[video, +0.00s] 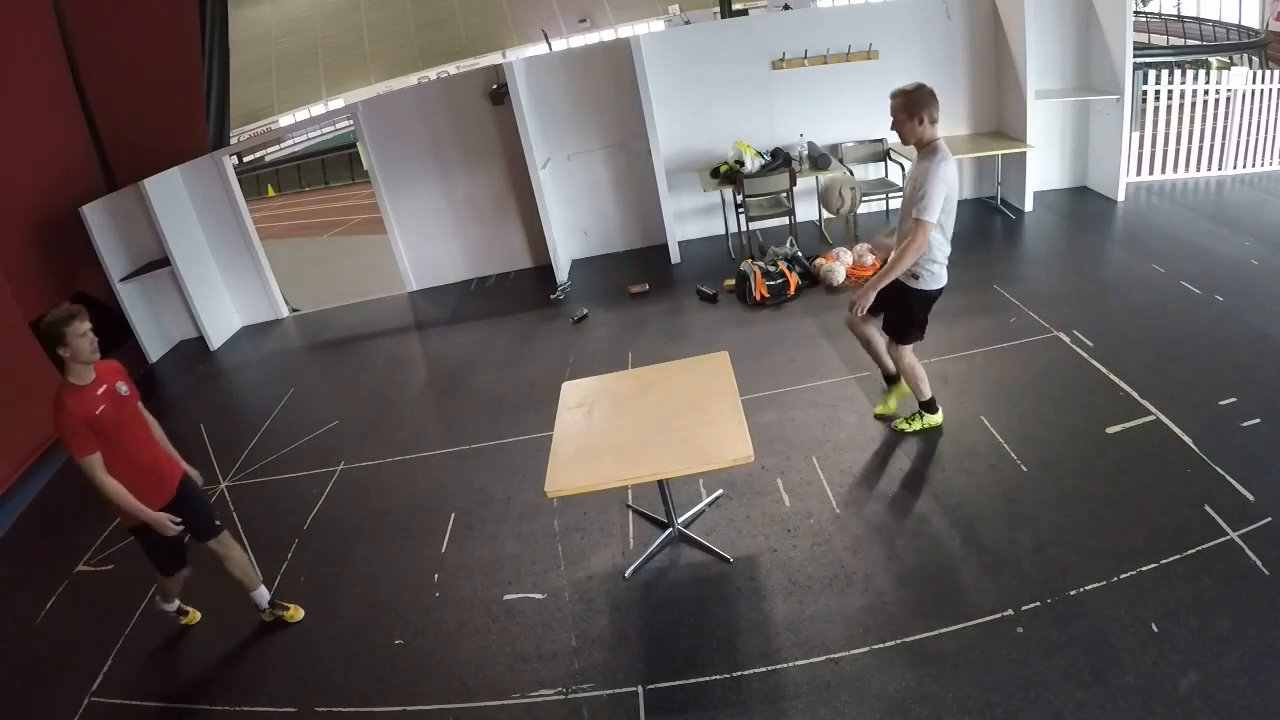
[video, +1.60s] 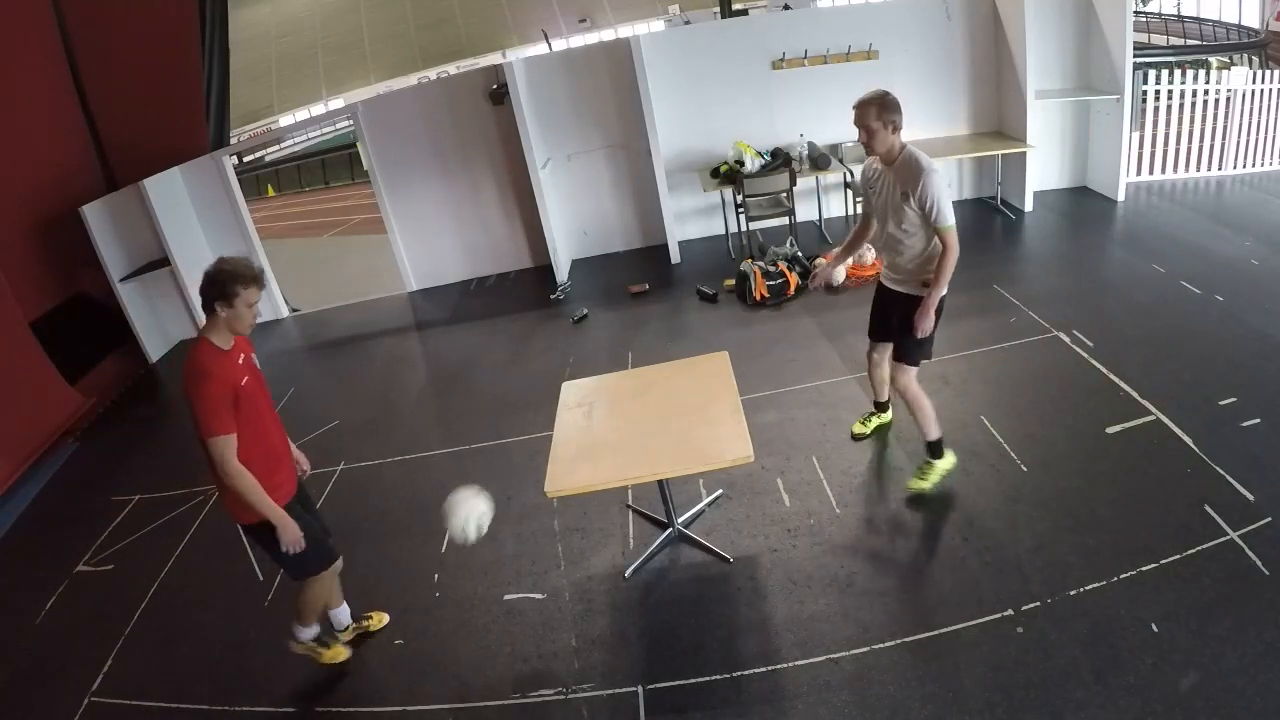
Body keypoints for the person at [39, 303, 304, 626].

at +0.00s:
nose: (94, 338)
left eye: (91, 331)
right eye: (84, 335)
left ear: (88, 335)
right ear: (63, 350)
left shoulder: (112, 370)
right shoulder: (70, 411)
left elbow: (147, 420)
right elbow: (99, 478)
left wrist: (182, 464)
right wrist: (149, 516)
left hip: (175, 480)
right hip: (145, 509)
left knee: (222, 539)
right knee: (175, 570)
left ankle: (267, 604)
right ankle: (168, 604)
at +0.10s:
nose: (106, 331)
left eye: (104, 324)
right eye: (96, 328)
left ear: (106, 326)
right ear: (75, 343)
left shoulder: (125, 364)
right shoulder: (80, 403)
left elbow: (160, 412)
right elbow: (110, 473)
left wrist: (199, 459)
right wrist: (158, 517)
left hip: (188, 475)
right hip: (160, 504)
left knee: (230, 541)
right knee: (207, 568)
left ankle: (266, 604)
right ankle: (190, 601)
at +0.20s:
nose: (117, 326)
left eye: (114, 319)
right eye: (106, 323)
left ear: (116, 322)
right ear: (85, 338)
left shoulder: (135, 359)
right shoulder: (88, 402)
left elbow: (175, 408)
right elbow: (119, 475)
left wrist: (217, 450)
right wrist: (167, 519)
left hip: (200, 474)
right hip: (172, 502)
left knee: (239, 541)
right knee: (226, 564)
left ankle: (267, 606)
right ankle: (235, 617)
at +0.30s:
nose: (128, 324)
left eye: (125, 316)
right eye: (117, 321)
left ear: (127, 316)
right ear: (96, 337)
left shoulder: (148, 356)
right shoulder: (102, 401)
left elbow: (191, 406)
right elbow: (127, 477)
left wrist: (236, 446)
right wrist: (176, 523)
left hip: (212, 476)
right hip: (186, 503)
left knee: (249, 548)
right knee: (243, 567)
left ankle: (268, 608)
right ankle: (285, 633)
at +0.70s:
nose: (179, 320)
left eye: (175, 312)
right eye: (169, 317)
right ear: (145, 333)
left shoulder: (187, 354)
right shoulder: (154, 402)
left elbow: (226, 410)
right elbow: (185, 484)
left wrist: (273, 455)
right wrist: (229, 539)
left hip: (260, 478)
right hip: (240, 508)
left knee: (304, 537)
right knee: (295, 572)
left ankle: (296, 598)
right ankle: (343, 642)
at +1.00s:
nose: (206, 308)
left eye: (202, 300)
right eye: (196, 304)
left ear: (176, 318)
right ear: (170, 321)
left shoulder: (203, 347)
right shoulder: (176, 385)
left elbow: (244, 412)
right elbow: (214, 475)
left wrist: (284, 452)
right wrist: (283, 513)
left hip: (276, 477)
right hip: (254, 507)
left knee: (312, 541)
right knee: (305, 574)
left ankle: (335, 606)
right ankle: (342, 642)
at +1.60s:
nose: (257, 313)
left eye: (257, 304)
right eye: (251, 306)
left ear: (227, 308)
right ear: (222, 309)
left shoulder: (238, 343)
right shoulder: (206, 372)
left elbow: (257, 412)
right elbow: (226, 465)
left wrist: (288, 448)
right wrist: (279, 518)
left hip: (286, 480)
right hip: (263, 505)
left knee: (328, 557)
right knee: (317, 572)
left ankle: (343, 625)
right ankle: (304, 636)